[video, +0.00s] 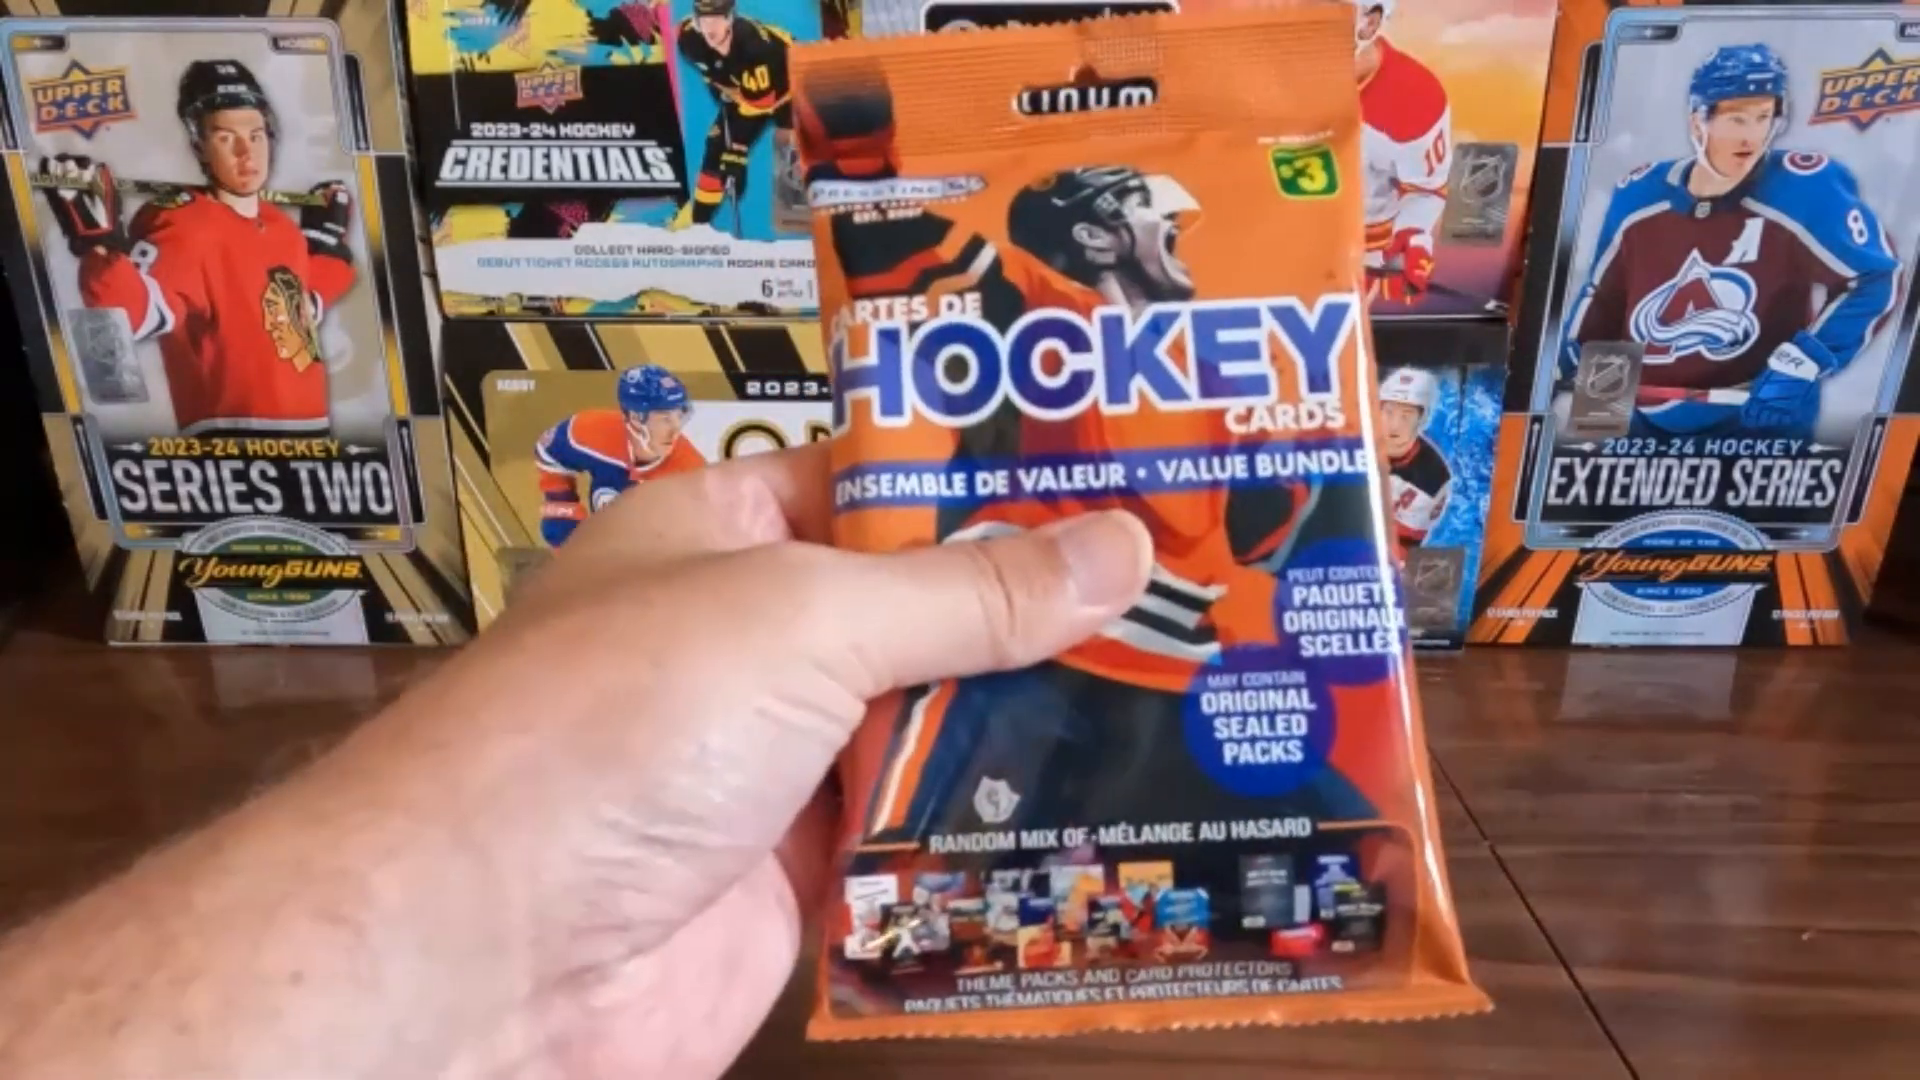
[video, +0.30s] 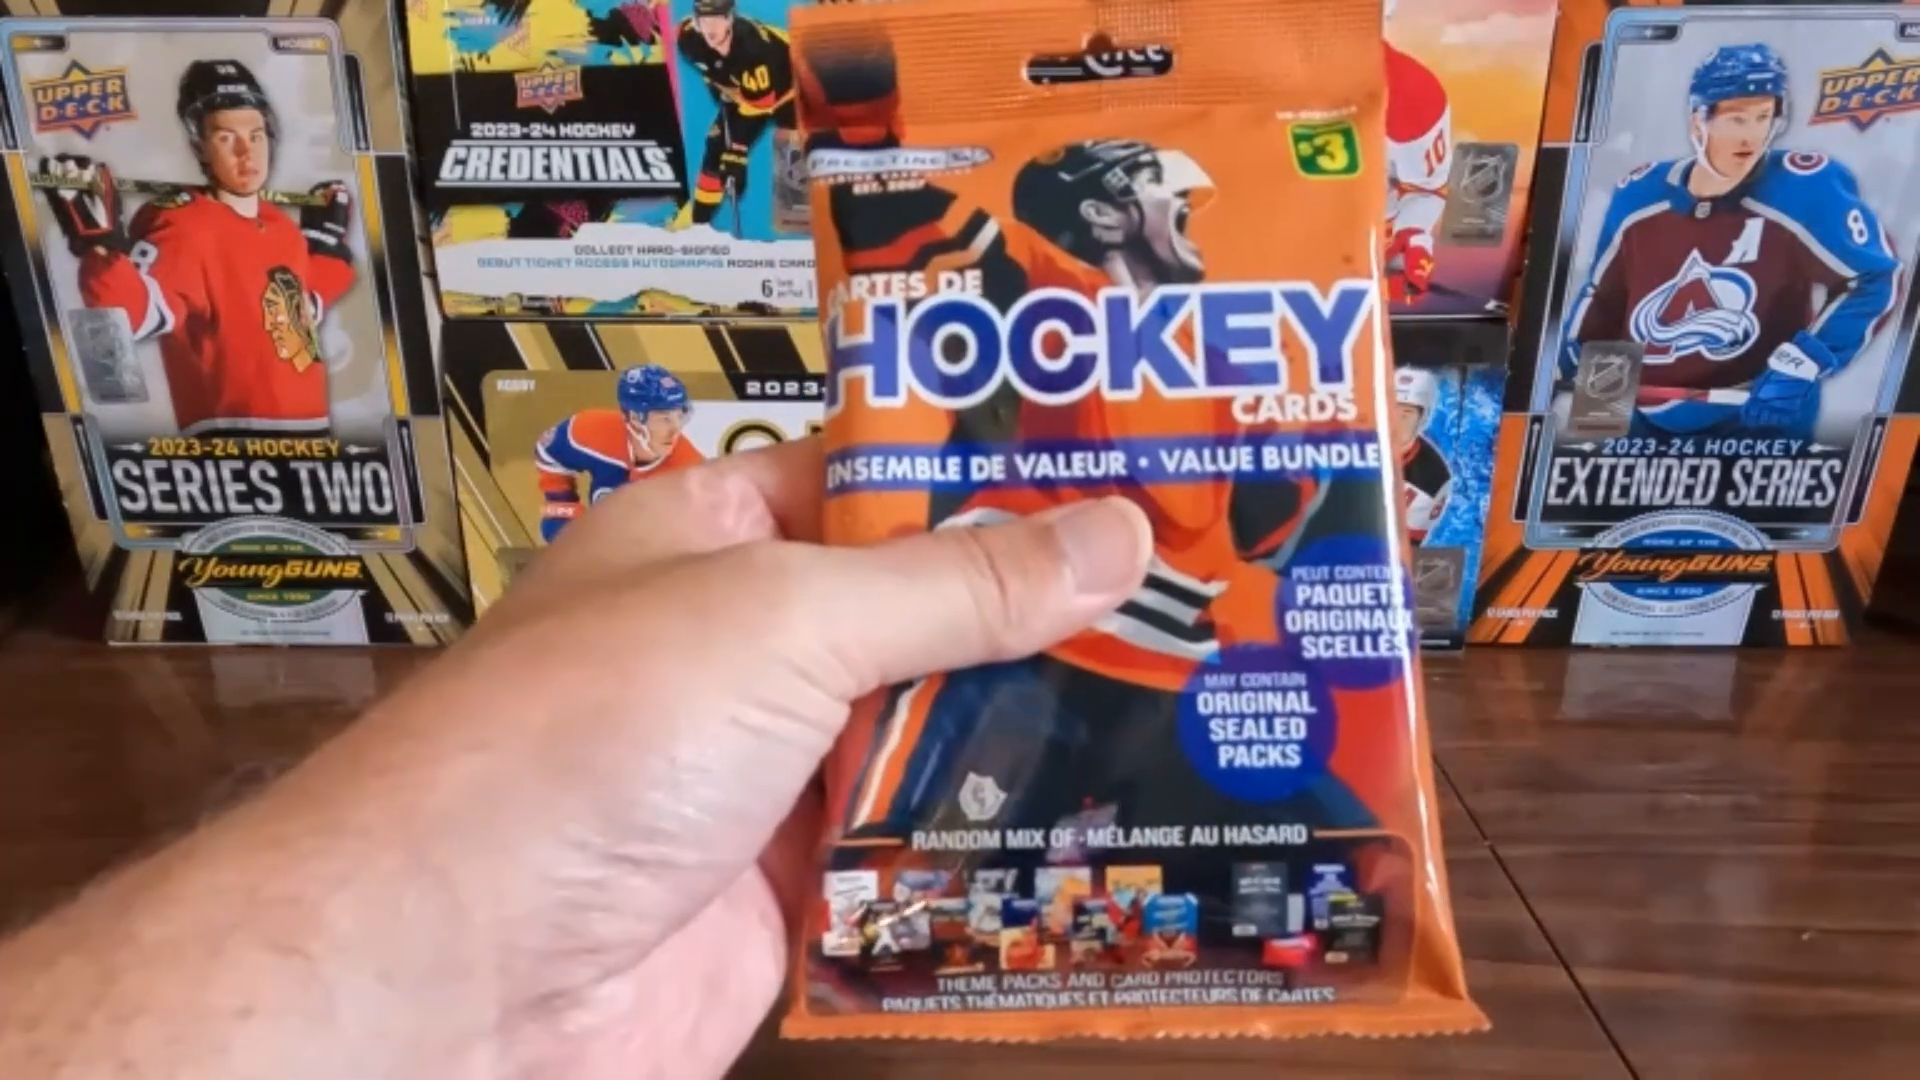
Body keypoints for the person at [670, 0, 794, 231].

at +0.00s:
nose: (709, 28)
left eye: (715, 21)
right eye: (703, 21)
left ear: (729, 19)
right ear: (696, 21)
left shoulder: (752, 46)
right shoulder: (689, 37)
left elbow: (758, 107)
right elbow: (709, 73)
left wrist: (737, 154)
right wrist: (725, 95)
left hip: (789, 88)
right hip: (741, 97)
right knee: (716, 146)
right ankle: (699, 219)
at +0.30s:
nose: (709, 29)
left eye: (716, 21)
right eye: (703, 22)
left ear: (730, 19)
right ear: (696, 21)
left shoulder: (752, 47)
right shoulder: (689, 37)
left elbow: (758, 108)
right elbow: (708, 70)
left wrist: (737, 153)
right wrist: (723, 93)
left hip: (789, 89)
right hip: (740, 98)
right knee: (716, 145)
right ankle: (699, 219)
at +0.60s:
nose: (710, 29)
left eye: (716, 21)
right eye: (704, 22)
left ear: (729, 19)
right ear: (696, 21)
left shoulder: (751, 48)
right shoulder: (689, 37)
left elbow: (757, 108)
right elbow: (709, 71)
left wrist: (736, 154)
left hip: (786, 87)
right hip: (738, 95)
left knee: (793, 153)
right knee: (716, 147)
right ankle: (699, 220)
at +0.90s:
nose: (710, 30)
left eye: (716, 21)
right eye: (704, 22)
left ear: (730, 19)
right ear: (696, 22)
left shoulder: (752, 50)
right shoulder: (688, 38)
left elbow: (757, 109)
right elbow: (711, 72)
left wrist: (736, 153)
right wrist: (725, 91)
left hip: (789, 90)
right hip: (739, 94)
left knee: (792, 151)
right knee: (718, 145)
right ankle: (699, 218)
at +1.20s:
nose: (710, 30)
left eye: (717, 22)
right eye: (704, 22)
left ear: (730, 19)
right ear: (695, 21)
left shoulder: (751, 49)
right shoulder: (688, 38)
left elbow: (756, 109)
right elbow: (710, 71)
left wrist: (737, 153)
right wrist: (726, 90)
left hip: (787, 85)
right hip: (738, 92)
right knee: (717, 147)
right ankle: (700, 220)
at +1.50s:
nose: (710, 30)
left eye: (716, 22)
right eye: (704, 22)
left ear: (729, 19)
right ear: (695, 21)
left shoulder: (750, 48)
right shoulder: (688, 37)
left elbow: (755, 107)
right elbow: (711, 72)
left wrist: (737, 153)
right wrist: (729, 91)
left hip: (788, 83)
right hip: (738, 94)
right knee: (716, 148)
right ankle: (700, 221)